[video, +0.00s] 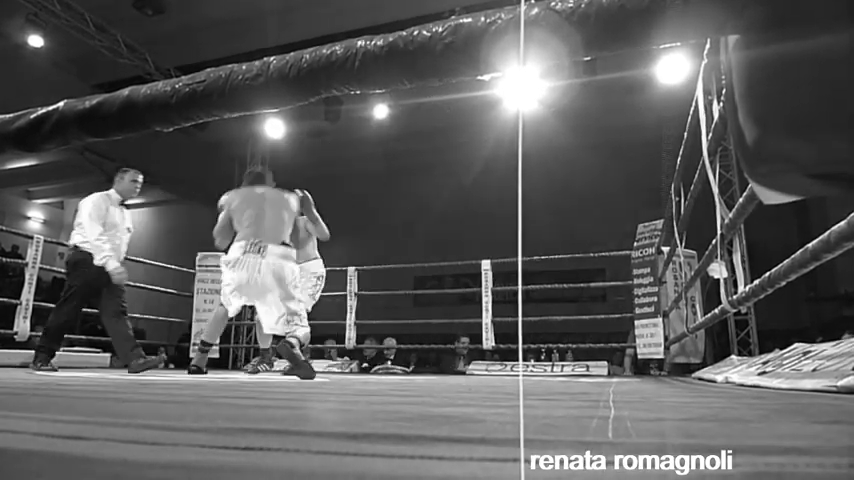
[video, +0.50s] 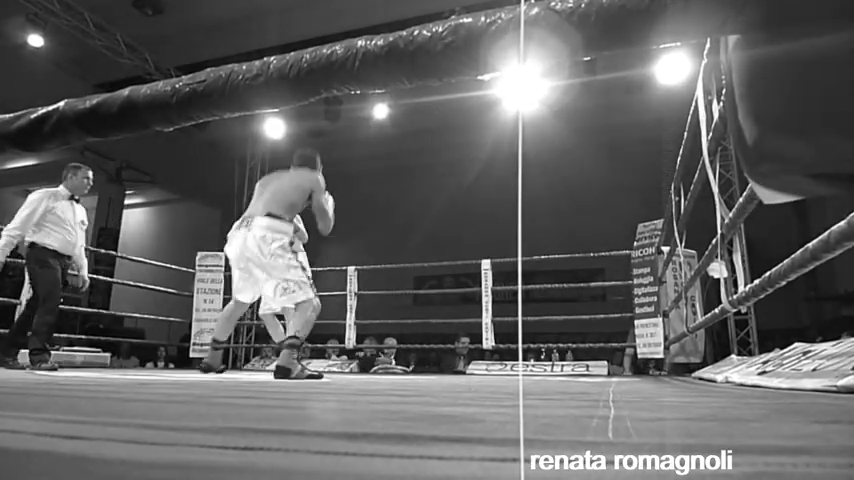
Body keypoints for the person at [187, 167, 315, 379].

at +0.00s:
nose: (275, 184)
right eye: (273, 181)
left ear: (245, 183)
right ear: (270, 182)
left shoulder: (231, 197)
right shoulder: (291, 199)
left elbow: (221, 241)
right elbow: (299, 240)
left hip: (240, 264)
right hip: (280, 268)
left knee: (225, 306)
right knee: (297, 320)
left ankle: (199, 360)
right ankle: (291, 343)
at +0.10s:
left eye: (229, 201)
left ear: (232, 199)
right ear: (256, 198)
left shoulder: (223, 210)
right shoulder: (276, 209)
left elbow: (212, 253)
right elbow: (291, 245)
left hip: (238, 268)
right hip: (277, 269)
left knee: (217, 308)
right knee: (301, 326)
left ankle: (198, 361)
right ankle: (292, 344)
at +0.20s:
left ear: (229, 210)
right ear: (252, 209)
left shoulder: (218, 219)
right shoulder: (272, 217)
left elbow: (213, 258)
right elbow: (292, 256)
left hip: (235, 268)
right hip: (274, 269)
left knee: (217, 308)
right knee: (305, 324)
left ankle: (198, 361)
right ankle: (292, 346)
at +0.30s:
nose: (287, 217)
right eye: (286, 213)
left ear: (261, 207)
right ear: (282, 210)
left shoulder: (232, 216)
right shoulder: (285, 217)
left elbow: (214, 251)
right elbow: (299, 253)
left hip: (224, 261)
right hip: (263, 263)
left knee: (222, 305)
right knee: (306, 320)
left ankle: (198, 361)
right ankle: (294, 352)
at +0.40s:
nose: (302, 204)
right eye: (302, 201)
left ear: (279, 192)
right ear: (298, 196)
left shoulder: (250, 203)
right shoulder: (299, 202)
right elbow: (307, 249)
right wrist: (314, 234)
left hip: (224, 253)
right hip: (259, 254)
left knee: (229, 304)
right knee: (308, 315)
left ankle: (200, 359)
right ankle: (288, 359)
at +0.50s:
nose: (321, 173)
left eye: (321, 171)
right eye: (321, 170)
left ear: (293, 165)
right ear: (317, 167)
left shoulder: (268, 178)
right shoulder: (313, 178)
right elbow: (325, 228)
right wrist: (327, 202)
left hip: (240, 236)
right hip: (272, 237)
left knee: (241, 299)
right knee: (308, 303)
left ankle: (213, 357)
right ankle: (287, 360)